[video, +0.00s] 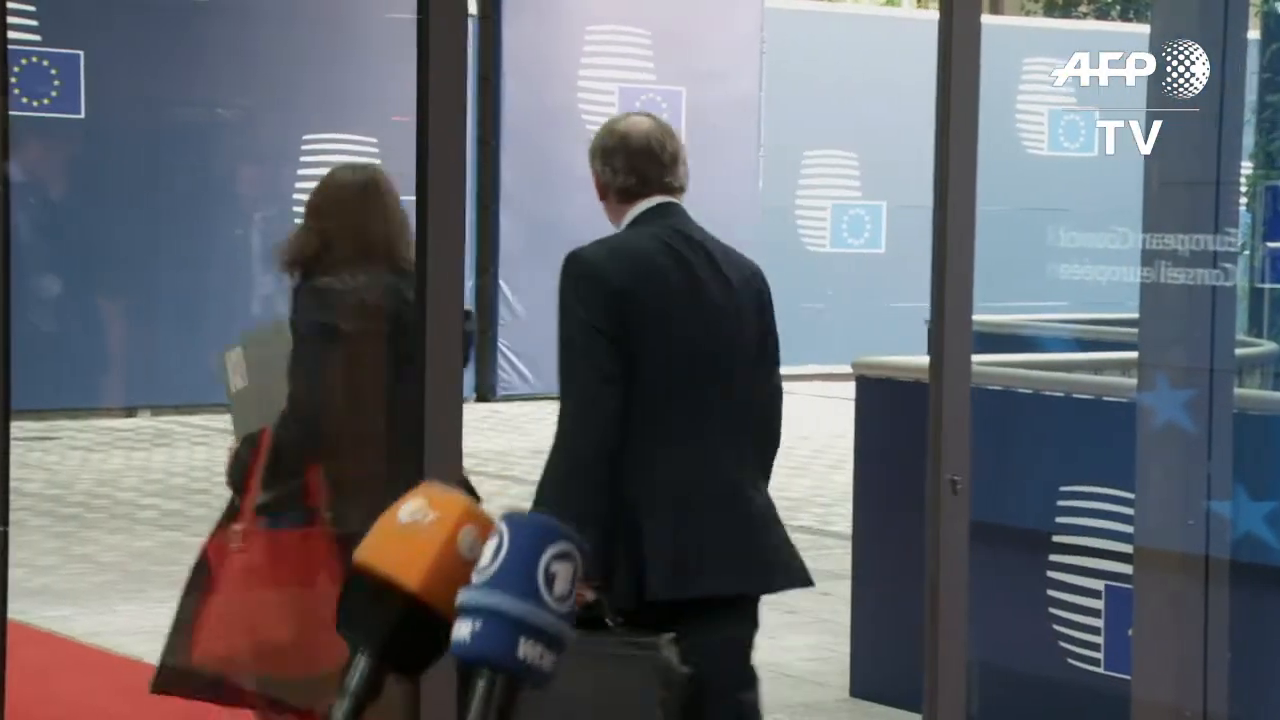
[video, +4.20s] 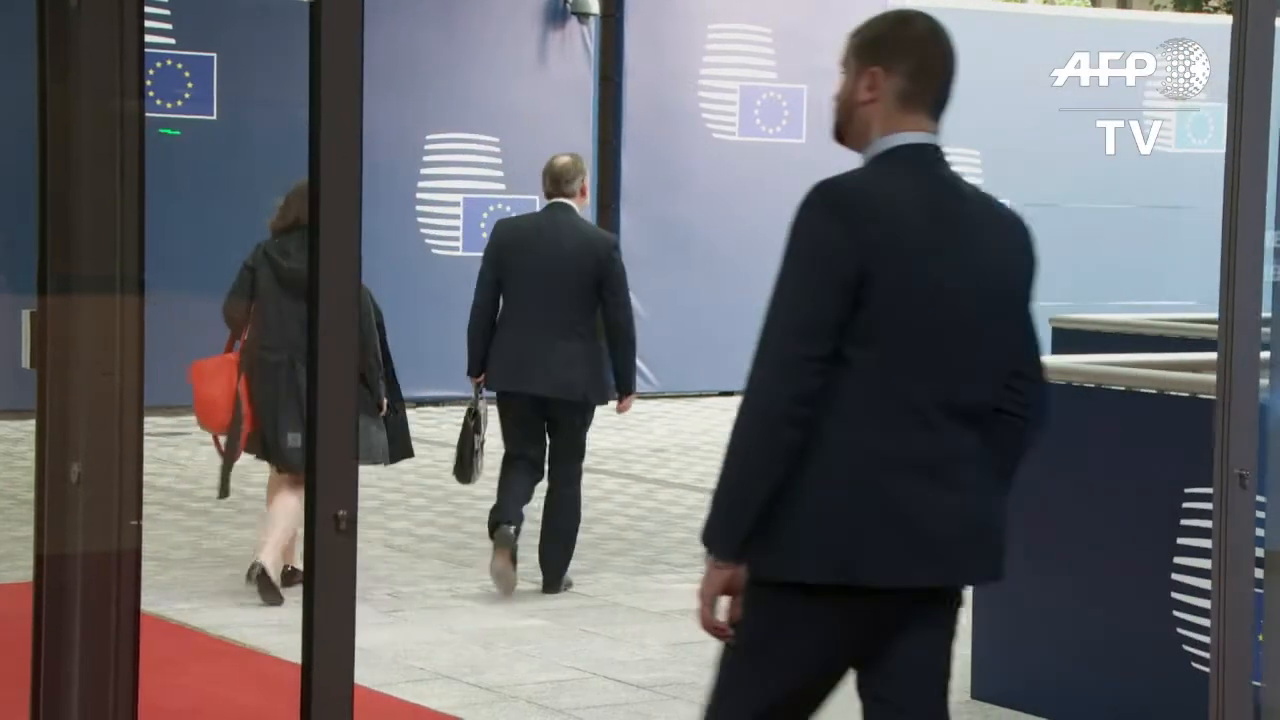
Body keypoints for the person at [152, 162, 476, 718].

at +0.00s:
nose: (307, 227)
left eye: (314, 215)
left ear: (323, 221)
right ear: (389, 220)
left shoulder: (323, 292)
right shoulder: (417, 288)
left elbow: (310, 410)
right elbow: (426, 400)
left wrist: (263, 462)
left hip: (337, 496)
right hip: (410, 491)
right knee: (398, 646)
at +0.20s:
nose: (275, 215)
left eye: (282, 203)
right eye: (280, 203)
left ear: (291, 205)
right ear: (352, 204)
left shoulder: (279, 272)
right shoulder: (393, 280)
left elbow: (247, 382)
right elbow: (405, 404)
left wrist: (203, 437)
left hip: (298, 502)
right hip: (383, 501)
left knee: (276, 673)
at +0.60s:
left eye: (242, 208)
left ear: (246, 213)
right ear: (320, 218)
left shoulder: (217, 282)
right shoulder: (351, 304)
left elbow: (166, 380)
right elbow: (373, 433)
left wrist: (155, 426)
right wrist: (380, 539)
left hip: (224, 512)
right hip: (313, 520)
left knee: (194, 672)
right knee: (246, 669)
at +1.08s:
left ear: (198, 211)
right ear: (267, 216)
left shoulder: (163, 286)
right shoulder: (294, 296)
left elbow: (115, 383)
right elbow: (318, 404)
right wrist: (311, 492)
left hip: (174, 490)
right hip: (260, 491)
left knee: (152, 630)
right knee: (234, 639)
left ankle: (146, 718)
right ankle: (231, 719)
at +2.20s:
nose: (260, 206)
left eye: (254, 196)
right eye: (257, 198)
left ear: (196, 199)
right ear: (250, 204)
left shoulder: (160, 263)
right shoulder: (270, 272)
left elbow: (139, 356)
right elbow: (293, 365)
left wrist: (138, 433)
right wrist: (297, 443)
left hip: (168, 430)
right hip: (245, 432)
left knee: (178, 555)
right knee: (235, 548)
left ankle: (183, 674)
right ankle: (212, 631)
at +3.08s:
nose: (285, 216)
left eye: (283, 208)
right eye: (281, 209)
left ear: (224, 210)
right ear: (273, 215)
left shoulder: (194, 266)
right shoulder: (291, 274)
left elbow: (161, 333)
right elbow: (320, 357)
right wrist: (332, 419)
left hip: (200, 406)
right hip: (259, 408)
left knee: (210, 517)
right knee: (234, 523)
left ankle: (224, 612)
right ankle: (210, 629)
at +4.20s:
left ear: (286, 212)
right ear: (328, 217)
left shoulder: (264, 256)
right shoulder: (339, 262)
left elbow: (234, 310)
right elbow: (366, 334)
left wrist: (249, 344)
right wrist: (377, 390)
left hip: (270, 374)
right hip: (321, 377)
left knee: (283, 474)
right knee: (295, 479)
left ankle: (290, 563)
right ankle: (267, 560)